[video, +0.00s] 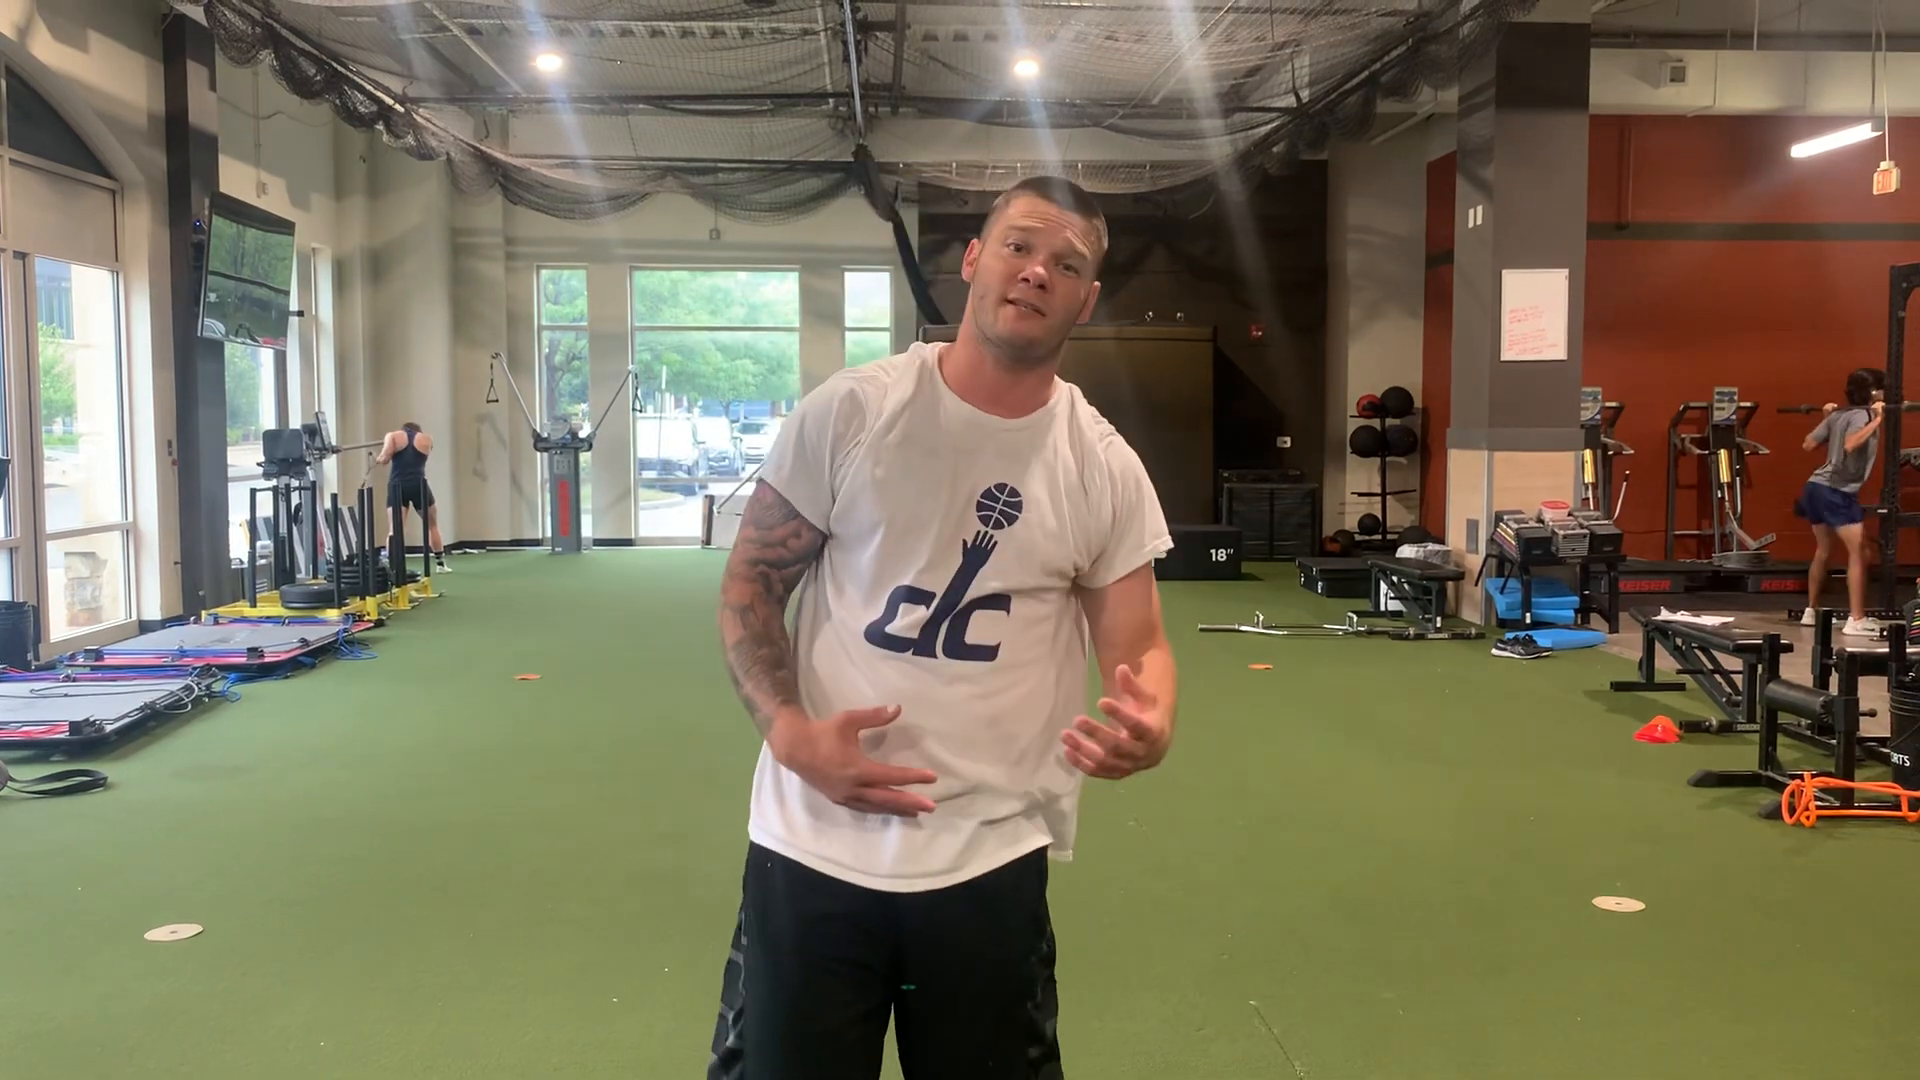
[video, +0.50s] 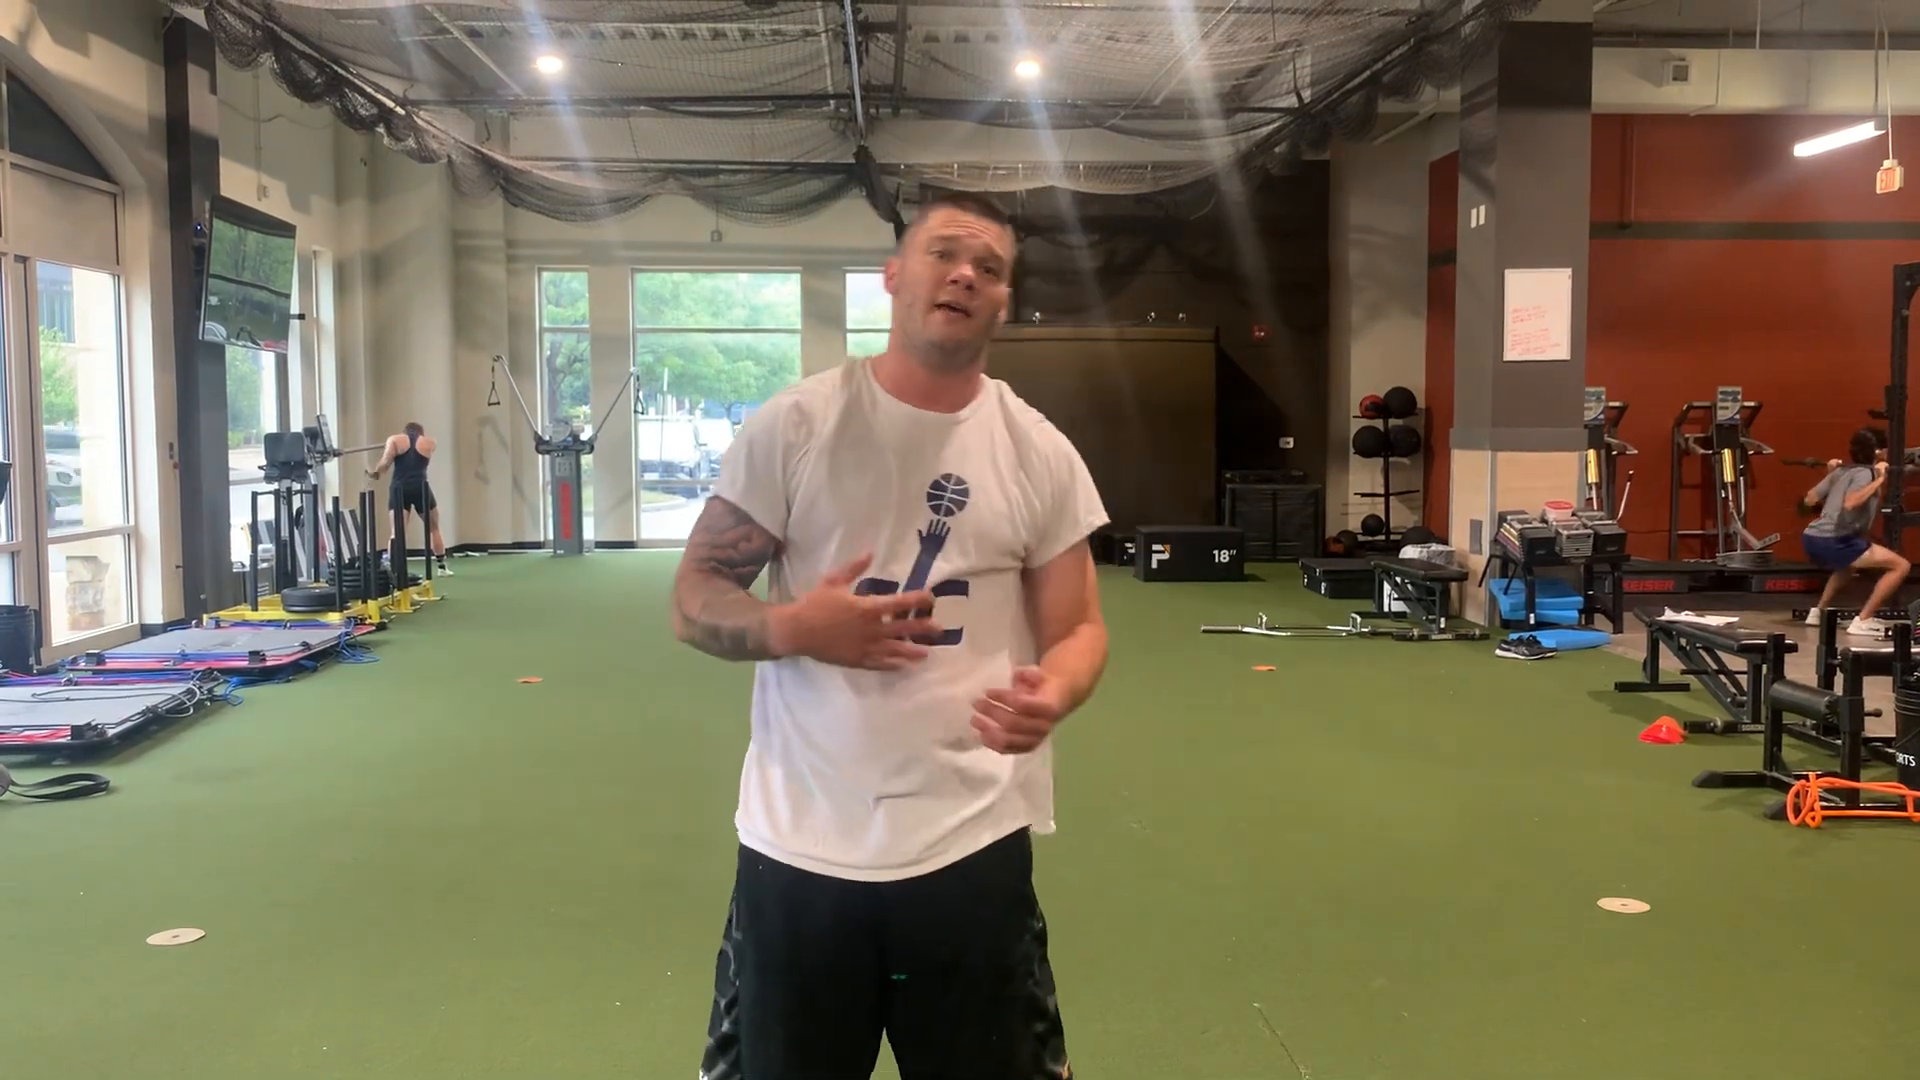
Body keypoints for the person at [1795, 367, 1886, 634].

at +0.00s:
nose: (1883, 396)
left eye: (1883, 391)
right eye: (1881, 391)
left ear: (1852, 393)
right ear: (1870, 393)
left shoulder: (1837, 416)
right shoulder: (1862, 416)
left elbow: (1808, 444)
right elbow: (1850, 444)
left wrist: (1826, 416)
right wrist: (1877, 419)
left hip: (1815, 488)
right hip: (1837, 493)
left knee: (1822, 550)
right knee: (1857, 551)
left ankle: (1810, 610)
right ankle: (1857, 619)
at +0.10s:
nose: (1882, 400)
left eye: (1883, 396)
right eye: (1880, 395)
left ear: (1851, 396)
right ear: (1870, 397)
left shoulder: (1836, 421)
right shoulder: (1861, 420)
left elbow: (1808, 448)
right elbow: (1850, 449)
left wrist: (1825, 420)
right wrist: (1877, 424)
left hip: (1815, 492)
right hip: (1838, 497)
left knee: (1828, 551)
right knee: (1867, 554)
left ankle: (1812, 610)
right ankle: (1858, 619)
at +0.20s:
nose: (1881, 413)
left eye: (1881, 409)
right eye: (1879, 409)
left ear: (1850, 410)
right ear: (1871, 411)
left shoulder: (1837, 433)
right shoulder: (1861, 433)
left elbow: (1807, 460)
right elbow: (1848, 461)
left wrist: (1826, 433)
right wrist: (1877, 437)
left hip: (1814, 504)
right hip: (1838, 509)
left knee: (1837, 556)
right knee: (1881, 557)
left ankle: (1813, 611)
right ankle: (1859, 620)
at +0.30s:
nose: (1882, 430)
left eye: (1882, 426)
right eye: (1880, 425)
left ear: (1850, 425)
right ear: (1871, 428)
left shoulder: (1838, 448)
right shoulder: (1861, 449)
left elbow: (1807, 475)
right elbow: (1847, 477)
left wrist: (1826, 450)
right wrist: (1876, 455)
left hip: (1813, 516)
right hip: (1837, 522)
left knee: (1841, 560)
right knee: (1890, 561)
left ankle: (1814, 611)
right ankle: (1860, 619)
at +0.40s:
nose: (1884, 442)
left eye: (1884, 437)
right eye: (1882, 437)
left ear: (1853, 440)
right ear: (1873, 441)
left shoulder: (1839, 461)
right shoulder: (1862, 463)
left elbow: (1808, 489)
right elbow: (1848, 492)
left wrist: (1827, 464)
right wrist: (1877, 469)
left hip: (1811, 529)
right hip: (1834, 533)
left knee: (1847, 563)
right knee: (1896, 564)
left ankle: (1816, 611)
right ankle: (1862, 620)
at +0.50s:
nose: (1886, 453)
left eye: (1886, 449)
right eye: (1884, 449)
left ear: (1855, 451)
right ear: (1875, 452)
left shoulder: (1841, 472)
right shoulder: (1865, 474)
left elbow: (1810, 499)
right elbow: (1849, 503)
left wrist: (1830, 474)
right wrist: (1879, 479)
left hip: (1812, 539)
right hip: (1835, 542)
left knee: (1847, 568)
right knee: (1900, 566)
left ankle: (1818, 611)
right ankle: (1863, 620)